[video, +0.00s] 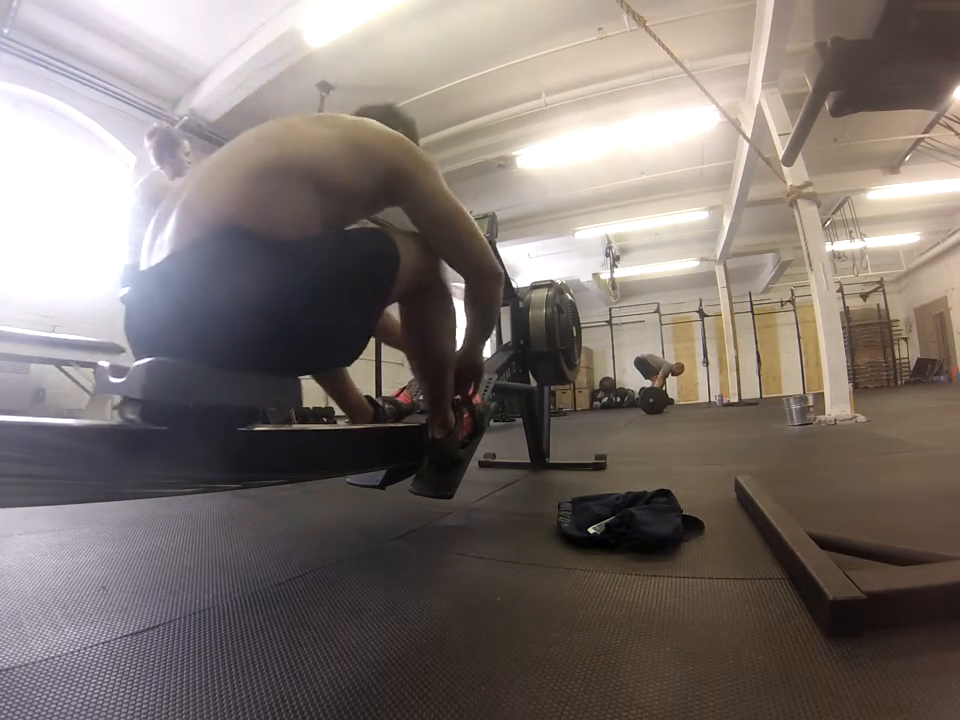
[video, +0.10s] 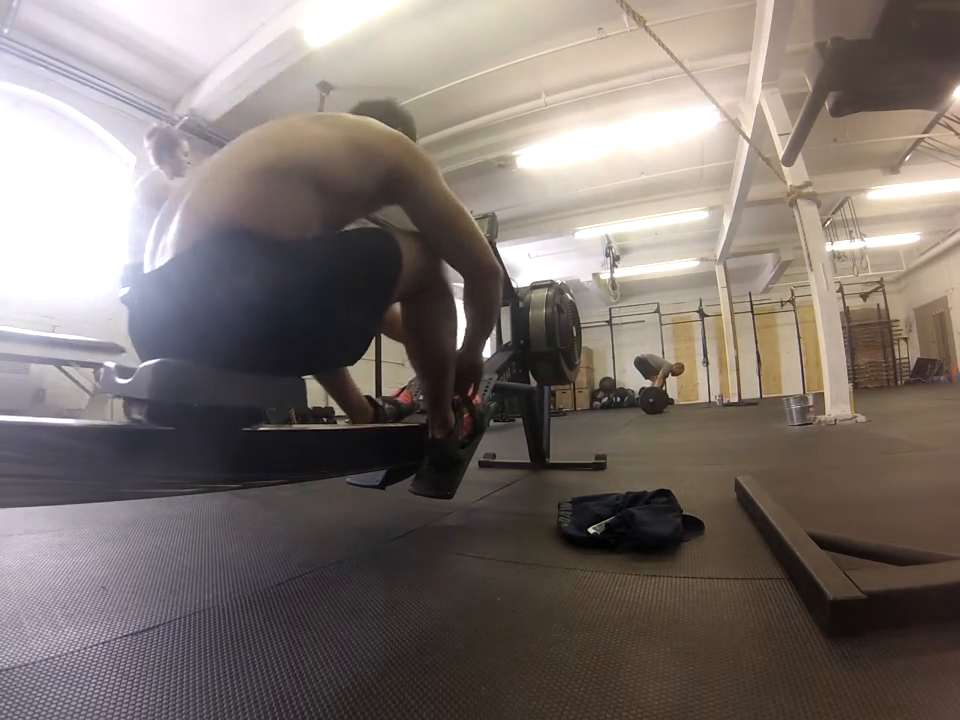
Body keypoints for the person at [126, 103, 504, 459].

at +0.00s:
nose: (408, 176)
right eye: (410, 163)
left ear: (356, 119)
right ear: (401, 141)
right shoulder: (398, 151)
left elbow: (350, 294)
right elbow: (487, 275)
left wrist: (427, 352)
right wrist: (474, 350)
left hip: (152, 318)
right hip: (248, 303)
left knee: (311, 281)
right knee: (421, 264)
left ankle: (363, 412)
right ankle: (442, 426)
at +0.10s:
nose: (406, 175)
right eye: (407, 161)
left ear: (352, 117)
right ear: (400, 140)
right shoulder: (395, 149)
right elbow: (486, 272)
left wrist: (419, 339)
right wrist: (474, 350)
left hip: (155, 323)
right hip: (243, 304)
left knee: (309, 281)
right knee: (423, 264)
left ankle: (362, 412)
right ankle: (442, 423)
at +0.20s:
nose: (404, 168)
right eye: (404, 151)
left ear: (343, 111)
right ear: (394, 132)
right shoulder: (389, 142)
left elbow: (331, 273)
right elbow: (480, 266)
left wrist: (430, 341)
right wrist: (472, 346)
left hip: (153, 322)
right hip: (237, 302)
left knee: (312, 283)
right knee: (425, 265)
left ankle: (363, 414)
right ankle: (444, 427)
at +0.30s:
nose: (397, 144)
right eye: (394, 134)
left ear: (331, 98)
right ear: (381, 119)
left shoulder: (266, 127)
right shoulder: (375, 130)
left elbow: (319, 261)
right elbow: (466, 254)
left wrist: (409, 342)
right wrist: (469, 350)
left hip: (150, 324)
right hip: (239, 304)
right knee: (428, 264)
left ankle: (364, 418)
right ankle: (443, 426)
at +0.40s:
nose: (392, 140)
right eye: (387, 129)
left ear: (326, 95)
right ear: (375, 114)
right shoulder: (368, 126)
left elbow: (315, 261)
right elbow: (461, 254)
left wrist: (406, 340)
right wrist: (464, 351)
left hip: (145, 321)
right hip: (232, 301)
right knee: (426, 263)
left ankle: (364, 420)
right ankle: (443, 427)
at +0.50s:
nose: (398, 143)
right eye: (394, 133)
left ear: (330, 99)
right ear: (381, 118)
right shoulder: (374, 128)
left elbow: (319, 262)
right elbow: (465, 255)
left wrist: (405, 343)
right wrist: (464, 351)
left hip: (147, 323)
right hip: (238, 303)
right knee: (423, 263)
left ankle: (363, 418)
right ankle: (443, 426)